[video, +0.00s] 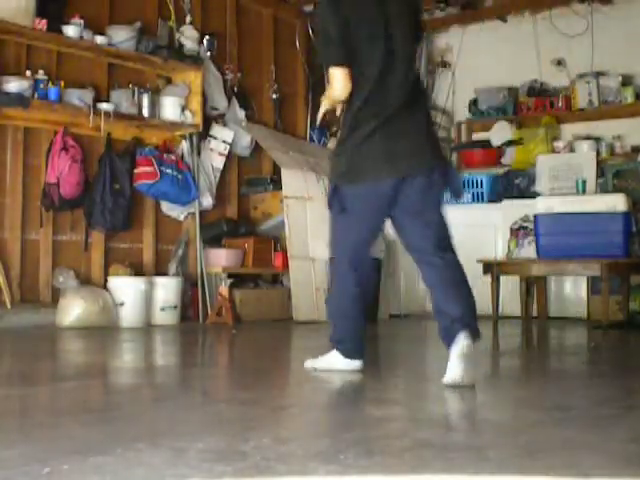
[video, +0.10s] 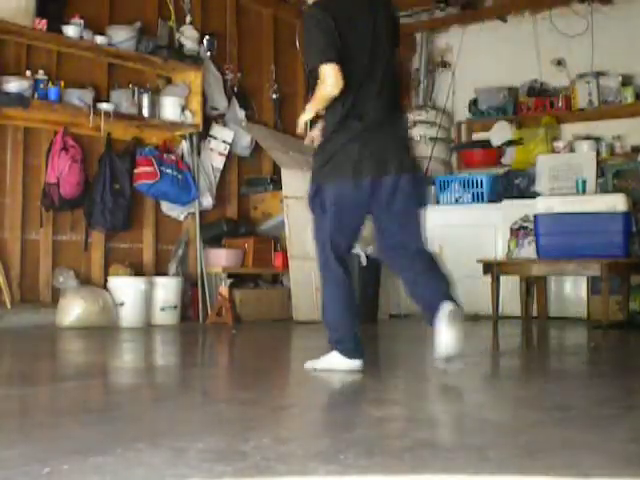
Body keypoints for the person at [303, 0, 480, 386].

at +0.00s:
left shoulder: (331, 8)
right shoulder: (405, 4)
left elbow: (341, 86)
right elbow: (406, 61)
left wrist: (328, 102)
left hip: (367, 158)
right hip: (417, 149)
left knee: (347, 258)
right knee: (434, 252)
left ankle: (347, 351)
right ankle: (461, 335)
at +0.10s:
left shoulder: (320, 13)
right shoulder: (383, 9)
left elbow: (332, 82)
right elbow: (382, 81)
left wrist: (307, 113)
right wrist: (329, 122)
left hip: (347, 161)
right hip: (395, 157)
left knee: (333, 255)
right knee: (402, 245)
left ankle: (346, 350)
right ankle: (442, 306)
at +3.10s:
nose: (330, 60)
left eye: (335, 54)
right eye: (324, 54)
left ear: (340, 56)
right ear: (310, 58)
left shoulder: (358, 85)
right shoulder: (296, 97)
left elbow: (381, 116)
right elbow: (282, 144)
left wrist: (388, 149)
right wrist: (279, 185)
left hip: (354, 178)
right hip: (321, 182)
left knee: (334, 244)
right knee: (325, 253)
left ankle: (339, 322)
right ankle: (342, 321)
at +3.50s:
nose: (344, 65)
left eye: (349, 59)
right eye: (338, 58)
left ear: (354, 63)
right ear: (324, 58)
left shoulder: (367, 95)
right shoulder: (304, 95)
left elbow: (410, 117)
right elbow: (283, 135)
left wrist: (405, 161)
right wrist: (268, 179)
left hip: (356, 187)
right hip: (320, 188)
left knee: (353, 249)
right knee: (324, 253)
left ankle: (350, 308)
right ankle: (320, 321)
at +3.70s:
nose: (351, 51)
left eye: (356, 45)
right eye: (345, 44)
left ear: (360, 47)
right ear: (330, 45)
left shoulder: (370, 80)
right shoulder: (310, 79)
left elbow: (399, 122)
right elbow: (286, 116)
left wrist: (364, 127)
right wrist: (273, 158)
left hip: (360, 182)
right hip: (323, 182)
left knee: (360, 250)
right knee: (328, 251)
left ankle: (358, 316)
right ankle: (330, 318)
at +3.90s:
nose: (362, 59)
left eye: (367, 53)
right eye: (356, 51)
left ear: (372, 56)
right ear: (342, 52)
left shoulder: (383, 93)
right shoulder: (318, 88)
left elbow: (399, 127)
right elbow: (278, 118)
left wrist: (383, 142)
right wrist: (280, 159)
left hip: (363, 188)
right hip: (327, 191)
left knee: (355, 251)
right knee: (332, 265)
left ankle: (368, 330)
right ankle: (349, 327)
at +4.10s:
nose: (373, 46)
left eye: (378, 41)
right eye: (368, 39)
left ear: (383, 44)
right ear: (353, 37)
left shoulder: (387, 77)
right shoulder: (323, 69)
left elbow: (408, 124)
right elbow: (285, 97)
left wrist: (378, 118)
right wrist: (274, 142)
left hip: (362, 180)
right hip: (324, 178)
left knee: (366, 258)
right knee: (332, 246)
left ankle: (352, 330)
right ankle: (312, 307)